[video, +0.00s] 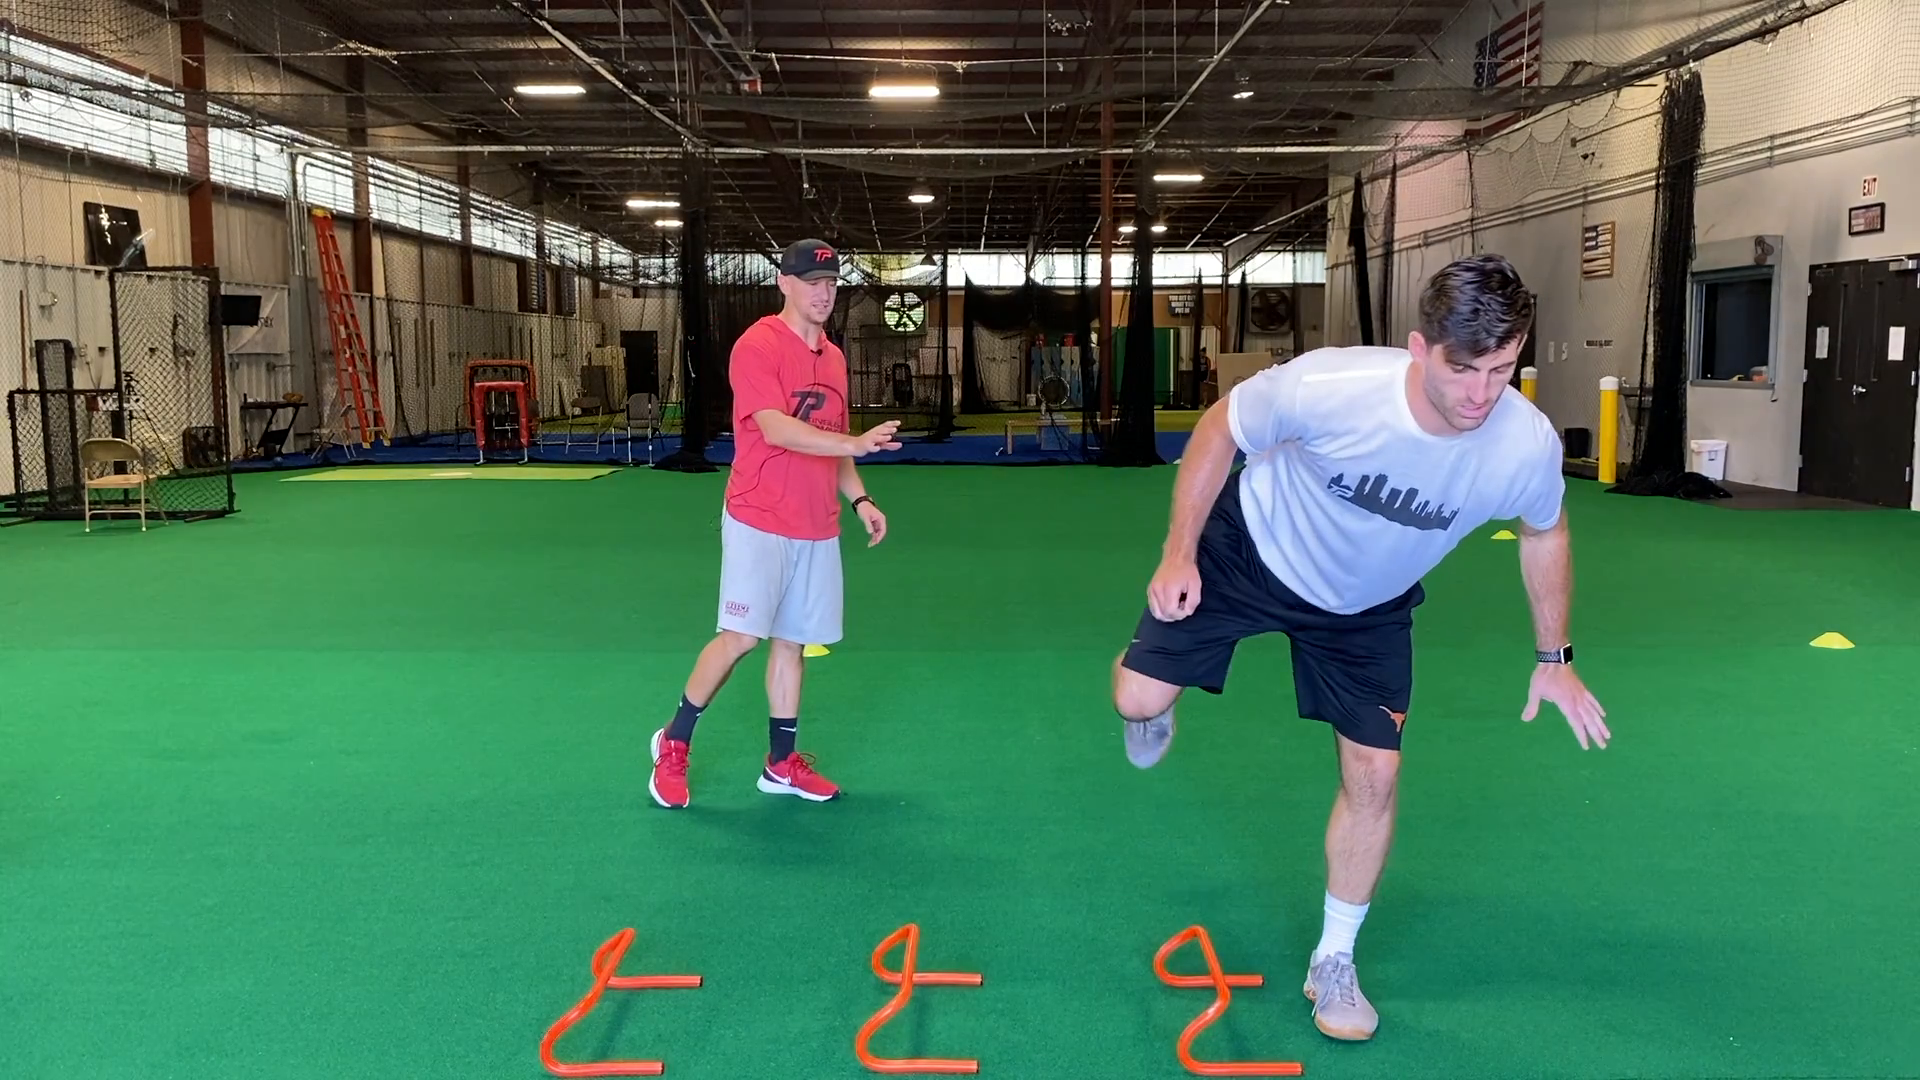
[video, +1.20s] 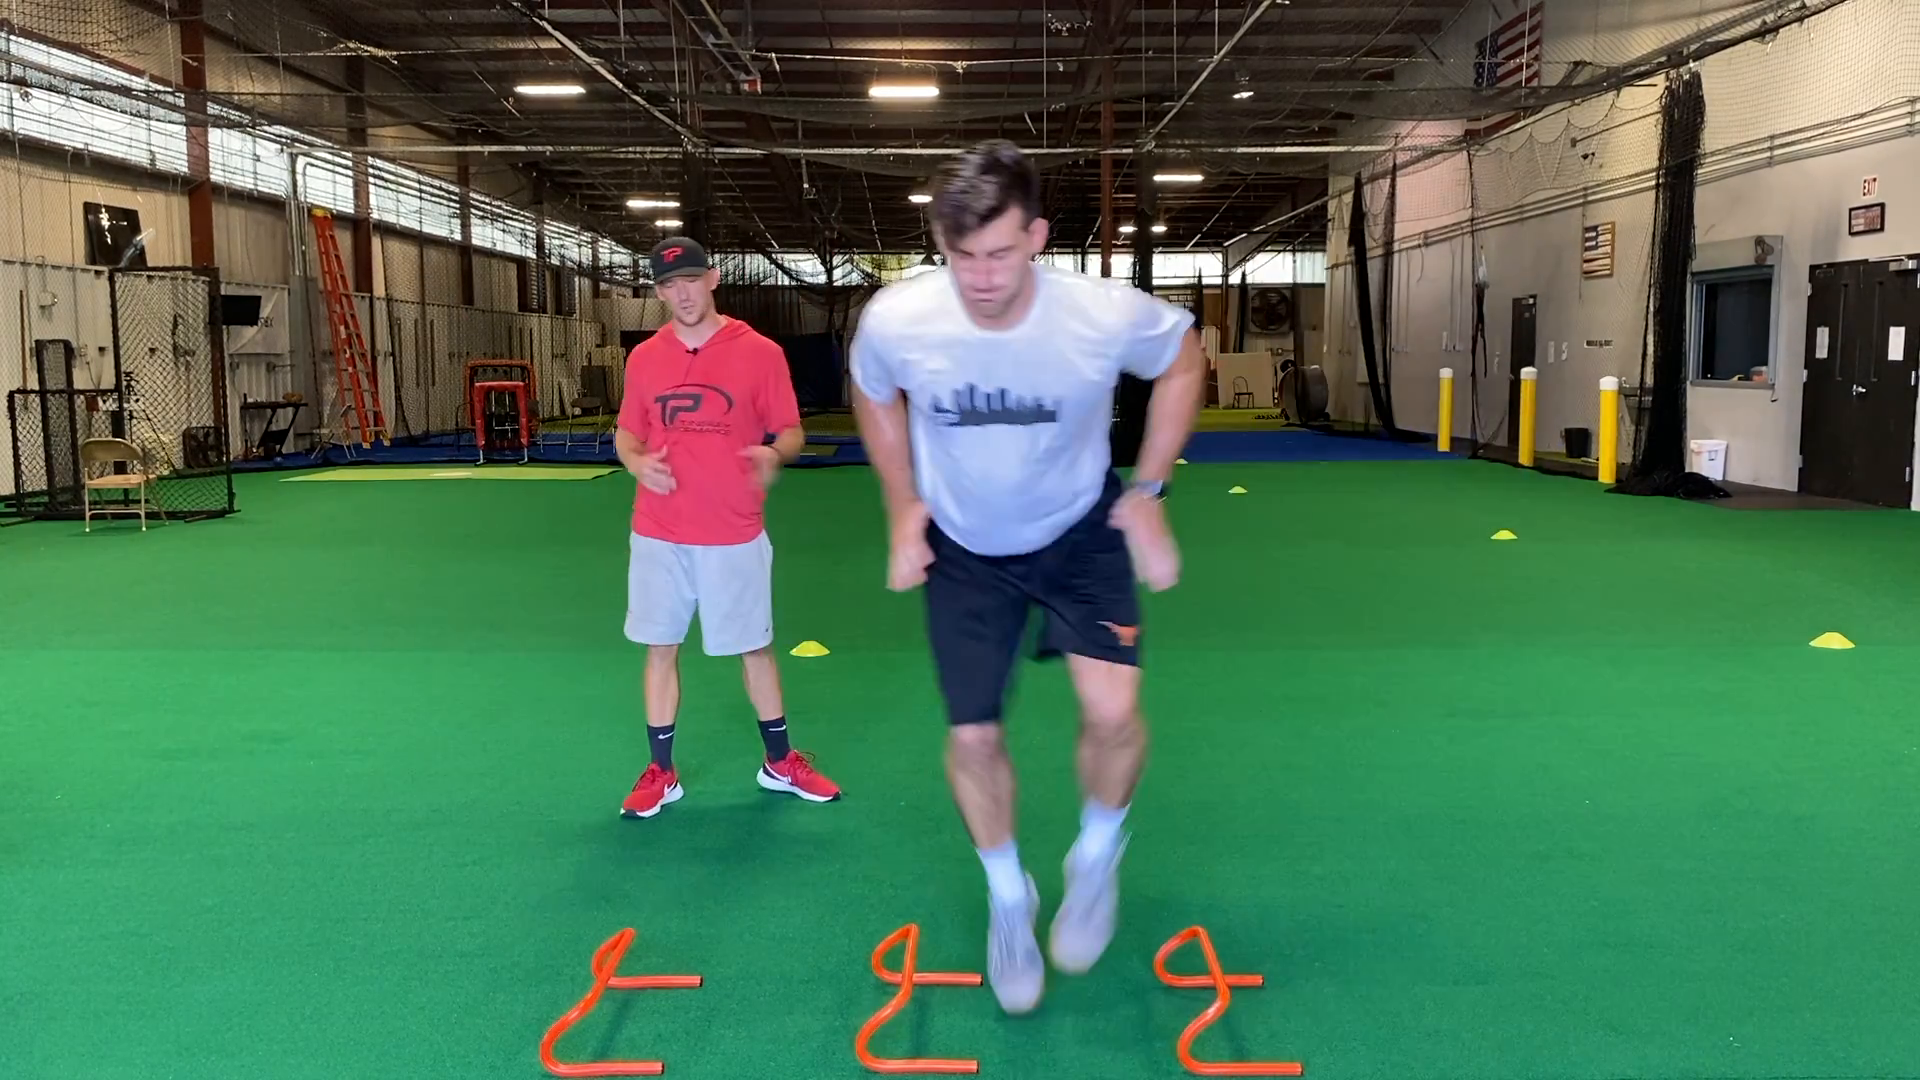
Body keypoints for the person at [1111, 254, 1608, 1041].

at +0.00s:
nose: (1481, 393)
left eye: (1501, 372)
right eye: (1463, 369)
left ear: (1517, 359)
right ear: (1421, 346)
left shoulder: (1527, 445)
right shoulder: (1328, 386)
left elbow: (1544, 532)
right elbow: (1221, 426)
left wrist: (1553, 656)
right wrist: (1178, 552)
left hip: (1371, 602)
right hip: (1250, 548)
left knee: (1374, 772)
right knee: (1135, 695)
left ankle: (1334, 960)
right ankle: (1153, 706)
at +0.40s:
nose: (1431, 379)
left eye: (1448, 359)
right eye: (1412, 357)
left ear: (1467, 343)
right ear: (1369, 335)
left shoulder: (1490, 411)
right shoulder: (1283, 393)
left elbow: (1506, 478)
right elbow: (1183, 461)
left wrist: (1496, 578)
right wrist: (1203, 590)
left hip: (1355, 602)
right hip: (1236, 573)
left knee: (1351, 766)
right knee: (1163, 733)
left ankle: (1331, 957)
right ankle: (1194, 732)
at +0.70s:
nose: (1329, 367)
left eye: (1349, 348)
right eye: (1312, 345)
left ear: (1378, 326)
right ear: (1278, 320)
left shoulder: (1419, 394)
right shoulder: (1204, 383)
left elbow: (1445, 453)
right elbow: (1125, 453)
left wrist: (1421, 567)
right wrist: (1161, 588)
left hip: (1312, 594)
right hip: (1194, 578)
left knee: (1320, 766)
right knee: (1170, 749)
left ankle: (1328, 958)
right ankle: (1182, 762)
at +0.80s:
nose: (1278, 362)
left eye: (1298, 341)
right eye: (1260, 339)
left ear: (1329, 319)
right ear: (1227, 316)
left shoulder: (1376, 406)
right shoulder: (1160, 377)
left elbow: (1399, 493)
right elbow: (1092, 432)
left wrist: (1361, 618)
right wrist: (1079, 562)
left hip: (1284, 591)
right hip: (1160, 576)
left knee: (1308, 772)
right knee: (1134, 749)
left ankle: (1324, 957)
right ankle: (1127, 803)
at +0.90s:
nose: (1207, 339)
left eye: (1225, 320)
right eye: (1189, 318)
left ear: (1258, 301)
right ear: (1159, 298)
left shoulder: (1313, 384)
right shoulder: (1102, 361)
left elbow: (1355, 469)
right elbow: (1038, 376)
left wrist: (1292, 528)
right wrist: (1030, 494)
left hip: (1253, 595)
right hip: (1126, 577)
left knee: (1292, 773)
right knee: (1080, 741)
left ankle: (1325, 958)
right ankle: (1067, 857)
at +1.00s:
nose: (1127, 305)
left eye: (1144, 285)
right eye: (1109, 286)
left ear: (1171, 269)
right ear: (1076, 270)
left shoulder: (1228, 331)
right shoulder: (1013, 347)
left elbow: (1294, 371)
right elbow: (981, 403)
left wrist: (1258, 493)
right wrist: (1007, 523)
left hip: (1200, 561)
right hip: (1074, 562)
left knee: (1261, 739)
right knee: (1047, 744)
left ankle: (1324, 915)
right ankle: (1030, 924)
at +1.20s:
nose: (982, 274)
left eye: (1000, 254)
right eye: (966, 256)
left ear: (1038, 240)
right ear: (944, 246)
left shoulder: (1099, 312)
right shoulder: (895, 321)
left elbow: (1184, 352)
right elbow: (872, 393)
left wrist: (1145, 490)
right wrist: (903, 513)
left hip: (1081, 537)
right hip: (962, 548)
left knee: (1113, 712)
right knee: (973, 737)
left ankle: (1097, 857)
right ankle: (1009, 901)